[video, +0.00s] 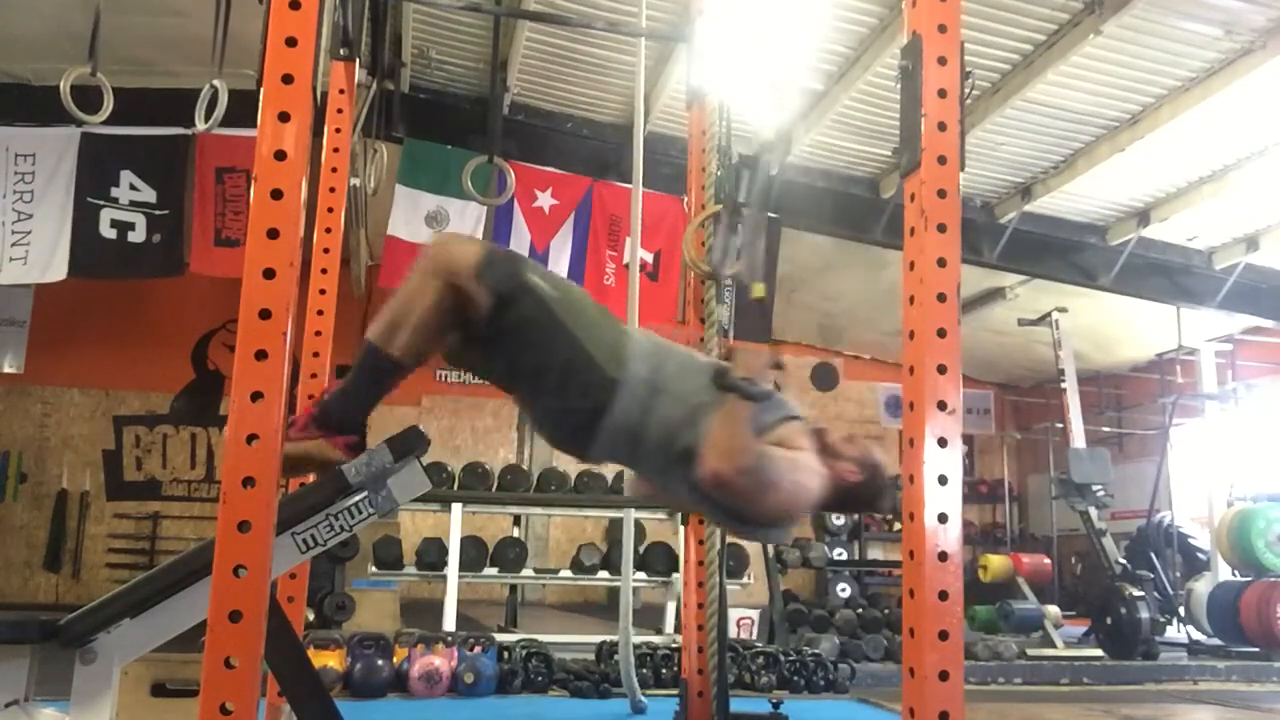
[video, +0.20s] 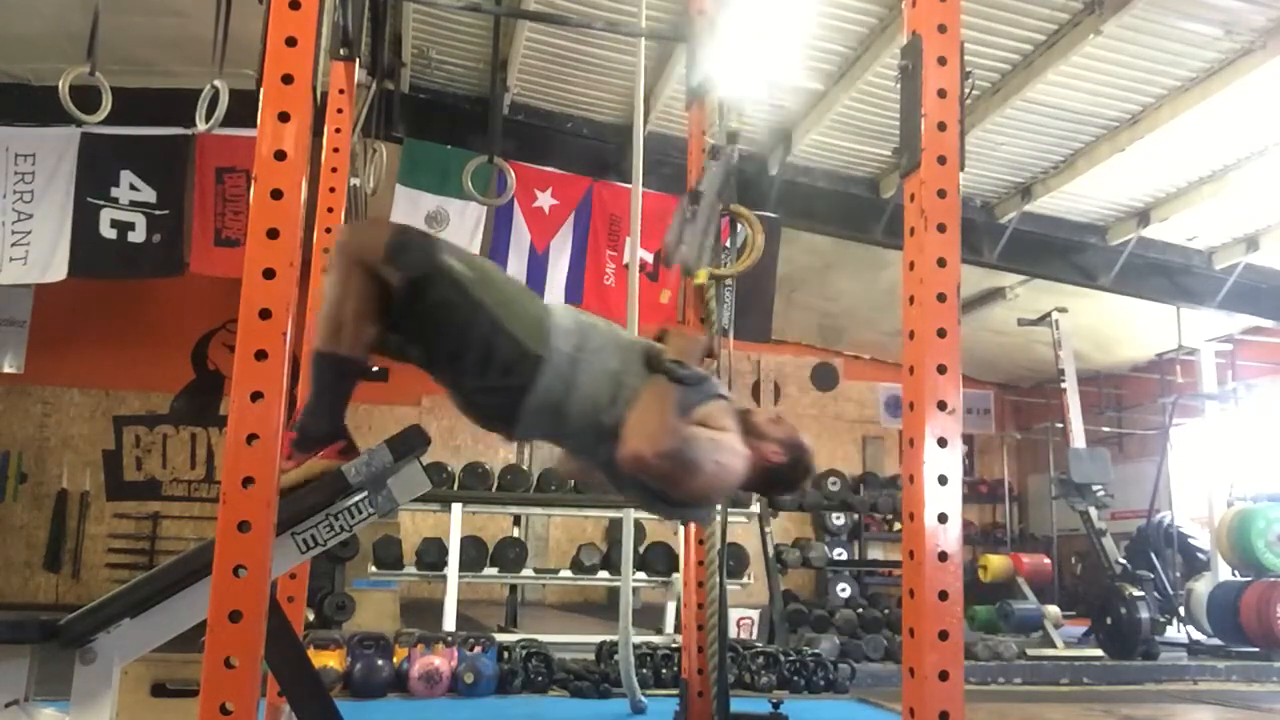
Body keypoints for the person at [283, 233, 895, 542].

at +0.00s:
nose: (855, 443)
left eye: (863, 458)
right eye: (864, 444)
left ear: (851, 479)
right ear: (847, 448)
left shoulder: (801, 481)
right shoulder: (791, 446)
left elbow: (722, 466)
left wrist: (754, 395)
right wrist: (755, 384)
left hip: (610, 390)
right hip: (610, 379)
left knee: (458, 259)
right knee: (450, 296)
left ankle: (342, 412)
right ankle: (339, 413)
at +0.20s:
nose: (771, 412)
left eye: (778, 425)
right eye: (780, 418)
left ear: (772, 452)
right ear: (771, 442)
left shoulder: (729, 459)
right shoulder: (713, 438)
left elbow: (643, 450)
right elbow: (584, 464)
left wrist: (678, 367)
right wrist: (686, 363)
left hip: (532, 354)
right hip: (517, 395)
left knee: (363, 239)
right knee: (364, 302)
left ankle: (321, 420)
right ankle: (317, 423)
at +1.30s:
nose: (882, 454)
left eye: (890, 469)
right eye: (891, 455)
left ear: (879, 498)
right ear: (877, 460)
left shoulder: (830, 493)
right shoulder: (822, 449)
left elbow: (757, 467)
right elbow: (773, 405)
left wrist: (767, 384)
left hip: (636, 405)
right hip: (641, 376)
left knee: (478, 277)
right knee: (469, 300)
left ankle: (344, 413)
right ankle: (347, 405)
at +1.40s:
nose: (901, 435)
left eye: (915, 447)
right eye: (909, 441)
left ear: (913, 492)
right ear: (911, 453)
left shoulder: (869, 511)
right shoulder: (855, 452)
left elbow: (800, 475)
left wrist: (806, 389)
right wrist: (802, 378)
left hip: (672, 427)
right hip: (677, 388)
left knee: (517, 296)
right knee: (511, 296)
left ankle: (355, 414)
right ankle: (362, 403)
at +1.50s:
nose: (927, 486)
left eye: (933, 502)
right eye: (939, 493)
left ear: (926, 534)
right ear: (934, 511)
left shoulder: (887, 535)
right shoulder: (879, 482)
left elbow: (831, 478)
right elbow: (847, 435)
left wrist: (833, 392)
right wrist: (851, 386)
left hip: (703, 434)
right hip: (702, 400)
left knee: (546, 315)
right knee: (537, 320)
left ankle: (368, 410)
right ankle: (378, 405)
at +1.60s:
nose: (961, 496)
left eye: (969, 510)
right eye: (970, 495)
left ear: (949, 540)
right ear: (952, 491)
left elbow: (859, 489)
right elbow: (856, 441)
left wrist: (873, 408)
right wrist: (864, 394)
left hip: (732, 437)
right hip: (720, 435)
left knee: (574, 333)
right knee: (554, 370)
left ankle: (383, 408)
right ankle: (390, 414)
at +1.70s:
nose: (993, 497)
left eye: (1004, 509)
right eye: (1002, 495)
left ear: (996, 540)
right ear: (988, 499)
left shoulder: (943, 550)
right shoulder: (938, 504)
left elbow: (882, 487)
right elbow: (879, 466)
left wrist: (877, 403)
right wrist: (900, 418)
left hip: (761, 467)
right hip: (759, 437)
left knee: (594, 365)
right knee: (583, 366)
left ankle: (403, 413)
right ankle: (407, 410)